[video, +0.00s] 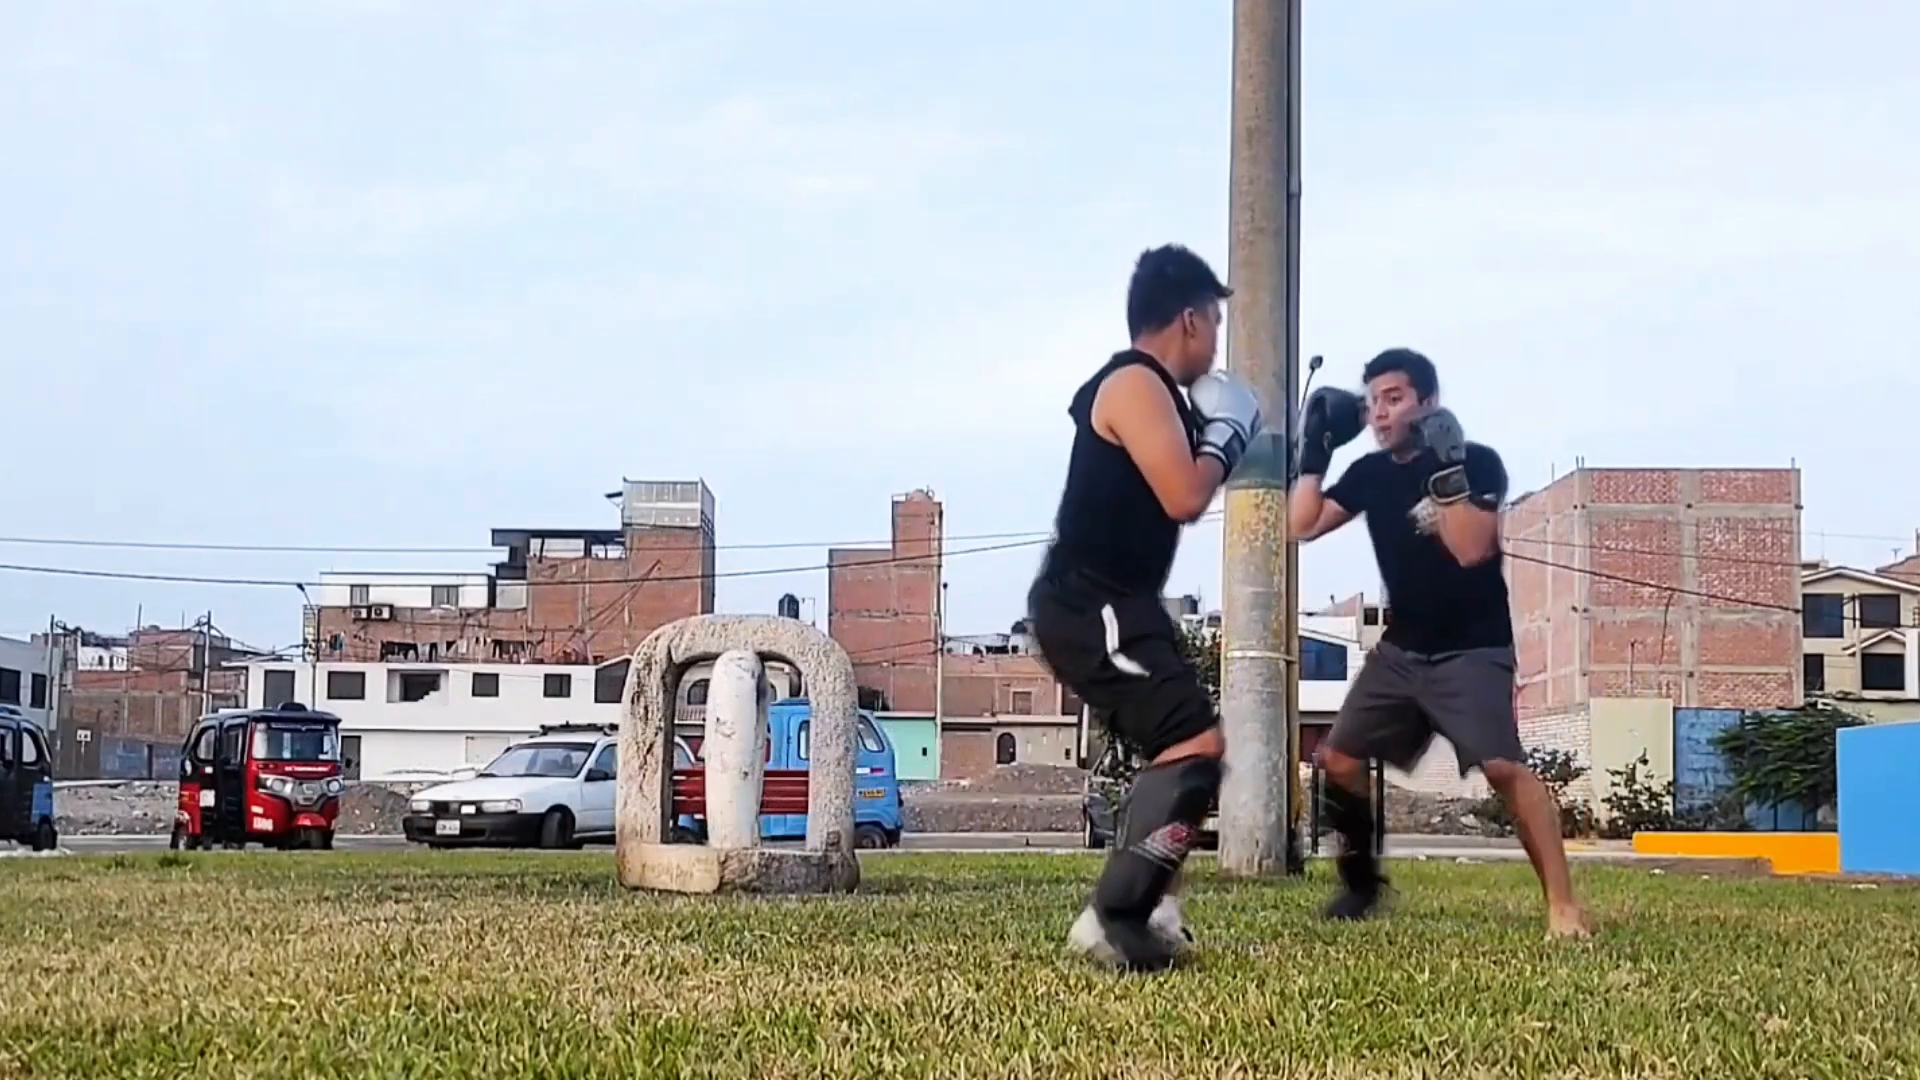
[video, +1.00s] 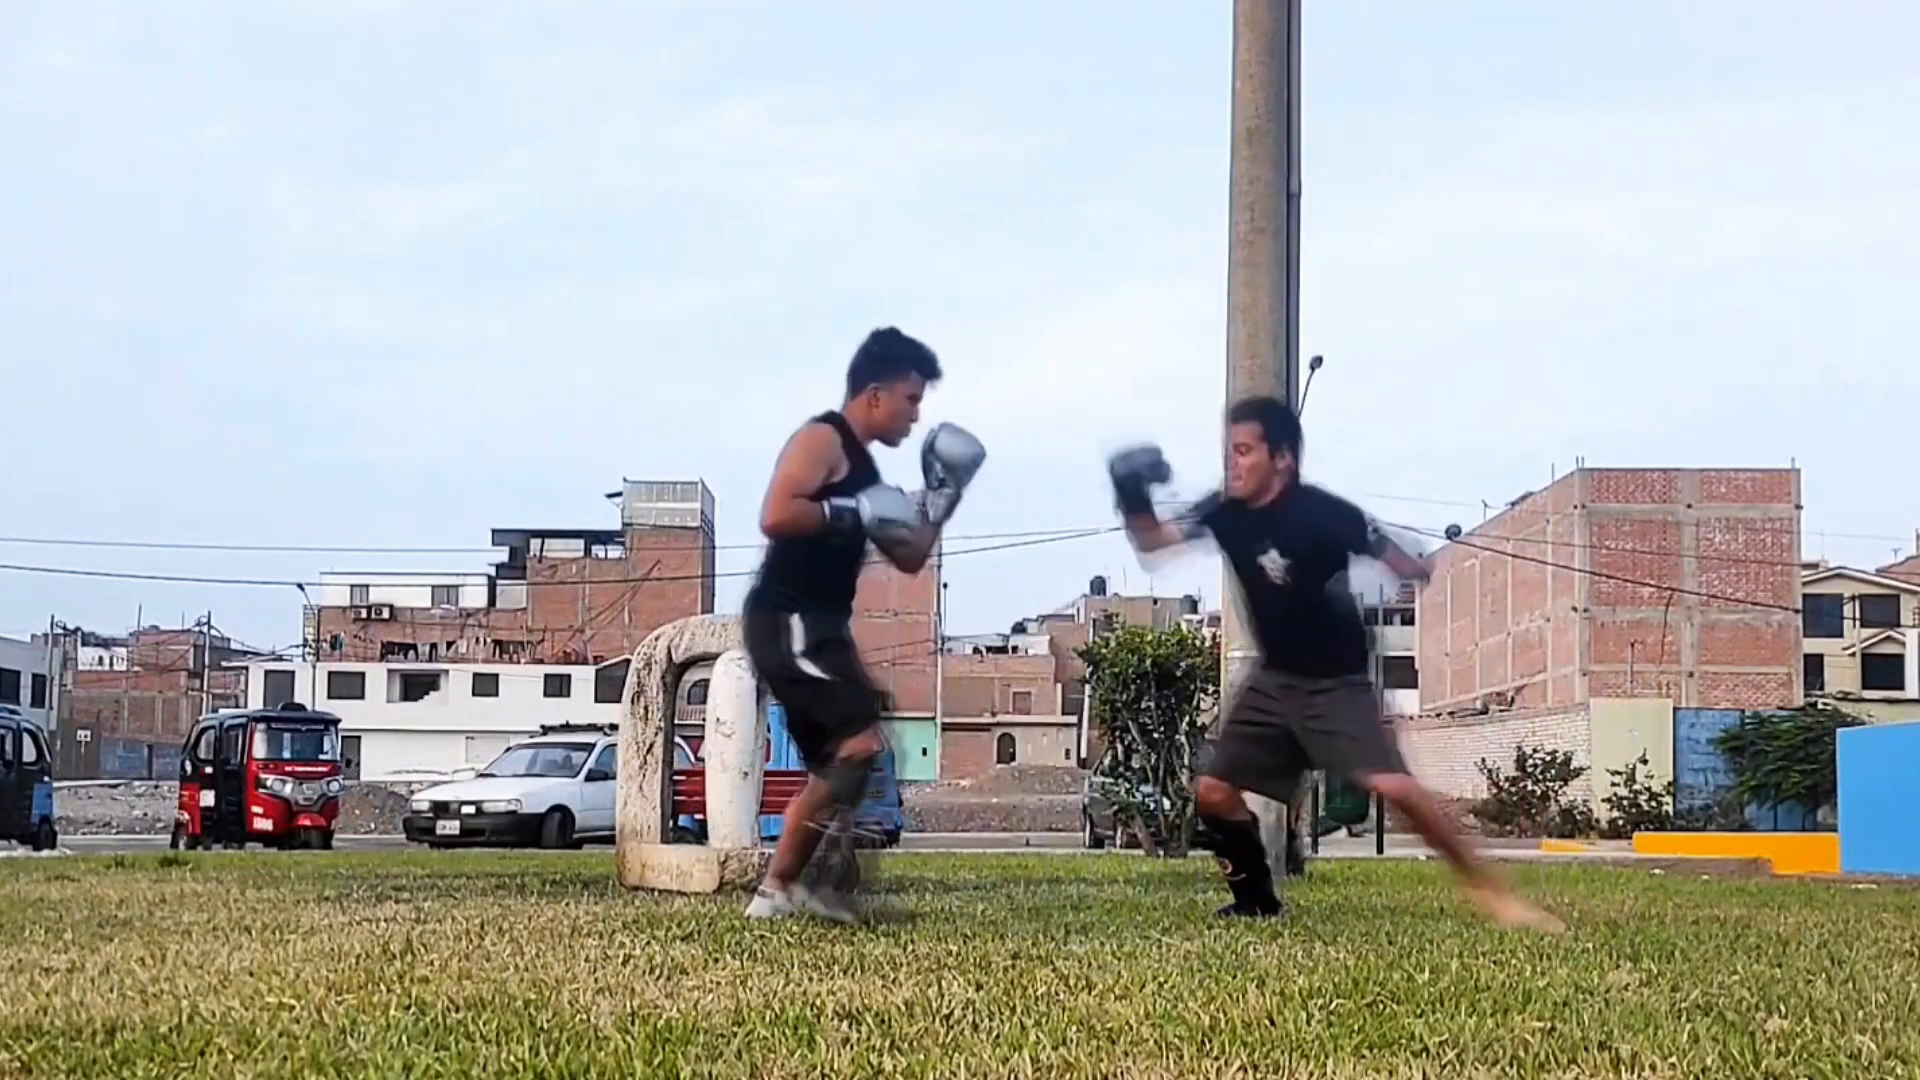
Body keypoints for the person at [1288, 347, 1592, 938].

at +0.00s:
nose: (1379, 410)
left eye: (1392, 397)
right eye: (1372, 400)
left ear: (1427, 401)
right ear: (1368, 409)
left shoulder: (1473, 462)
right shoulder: (1372, 471)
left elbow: (1473, 548)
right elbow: (1302, 524)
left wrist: (1446, 467)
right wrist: (1316, 444)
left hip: (1473, 652)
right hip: (1401, 651)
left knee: (1502, 764)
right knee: (1339, 759)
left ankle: (1564, 908)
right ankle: (1362, 889)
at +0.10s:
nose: (1345, 462)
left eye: (1356, 448)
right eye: (1337, 453)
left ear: (1390, 450)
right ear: (1331, 464)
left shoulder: (1443, 496)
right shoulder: (1346, 513)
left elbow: (1430, 574)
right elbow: (1279, 565)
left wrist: (1399, 498)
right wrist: (1291, 483)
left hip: (1467, 663)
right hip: (1395, 666)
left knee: (1490, 764)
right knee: (1319, 773)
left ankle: (1563, 898)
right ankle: (1293, 897)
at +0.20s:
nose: (1328, 539)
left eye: (1338, 524)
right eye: (1319, 528)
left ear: (1369, 522)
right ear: (1312, 532)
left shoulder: (1429, 560)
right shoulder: (1335, 576)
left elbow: (1410, 640)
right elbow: (1276, 634)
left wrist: (1378, 563)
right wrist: (1277, 564)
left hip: (1465, 695)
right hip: (1391, 698)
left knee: (1476, 781)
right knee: (1300, 785)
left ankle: (1546, 907)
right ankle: (1286, 907)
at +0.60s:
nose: (1395, 612)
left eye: (1409, 597)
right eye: (1385, 597)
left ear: (1440, 592)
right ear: (1375, 593)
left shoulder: (1480, 618)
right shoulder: (1362, 614)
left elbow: (1493, 719)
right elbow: (1317, 700)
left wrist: (1471, 644)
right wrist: (1332, 632)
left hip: (1456, 710)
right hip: (1380, 707)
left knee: (1505, 775)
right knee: (1295, 793)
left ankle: (1544, 910)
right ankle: (1283, 901)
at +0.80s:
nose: (1323, 618)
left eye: (1333, 607)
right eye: (1315, 606)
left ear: (1365, 596)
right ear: (1307, 598)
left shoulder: (1416, 615)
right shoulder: (1307, 633)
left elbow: (1429, 715)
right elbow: (1286, 707)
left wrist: (1369, 676)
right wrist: (1271, 672)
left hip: (1443, 711)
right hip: (1360, 711)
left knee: (1494, 783)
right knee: (1272, 793)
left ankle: (1546, 912)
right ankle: (1262, 904)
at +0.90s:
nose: (1266, 532)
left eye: (1278, 520)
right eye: (1263, 521)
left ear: (1317, 521)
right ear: (1261, 524)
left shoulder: (1365, 559)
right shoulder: (1275, 579)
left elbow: (1401, 649)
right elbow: (1233, 635)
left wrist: (1334, 642)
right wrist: (1192, 599)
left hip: (1402, 701)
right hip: (1326, 703)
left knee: (1469, 792)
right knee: (1243, 792)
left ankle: (1541, 911)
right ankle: (1262, 903)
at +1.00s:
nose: (1233, 463)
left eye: (1245, 451)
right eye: (1230, 452)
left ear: (1284, 458)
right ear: (1229, 457)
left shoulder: (1324, 513)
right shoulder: (1222, 512)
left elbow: (1386, 550)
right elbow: (1150, 542)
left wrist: (1415, 570)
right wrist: (1131, 496)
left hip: (1338, 683)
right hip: (1272, 679)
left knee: (1389, 784)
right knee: (1214, 791)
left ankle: (1485, 884)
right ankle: (1257, 901)